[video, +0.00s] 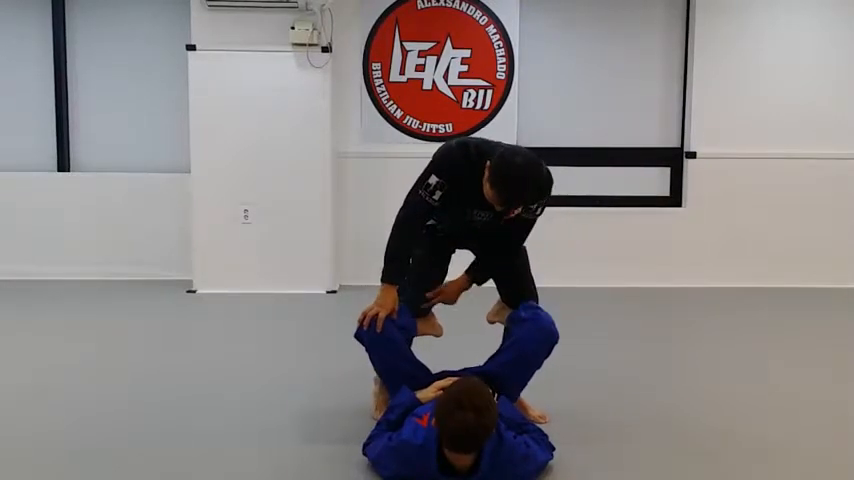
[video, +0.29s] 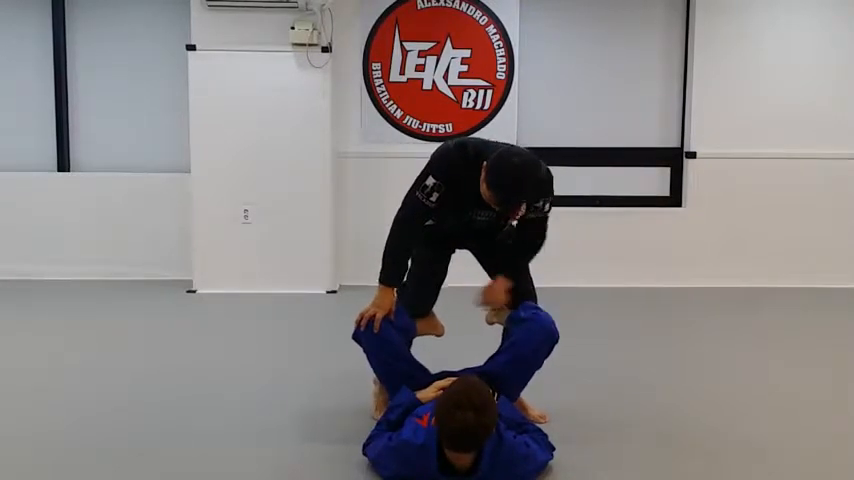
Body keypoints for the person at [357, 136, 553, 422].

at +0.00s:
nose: (498, 211)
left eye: (506, 208)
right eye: (494, 202)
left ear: (527, 196)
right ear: (487, 174)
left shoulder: (538, 188)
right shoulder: (455, 157)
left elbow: (508, 243)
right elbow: (409, 218)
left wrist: (463, 283)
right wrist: (388, 289)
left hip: (494, 235)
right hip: (440, 228)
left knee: (525, 309)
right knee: (412, 306)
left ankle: (508, 391)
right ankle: (386, 379)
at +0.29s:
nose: (491, 207)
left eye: (500, 206)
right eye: (489, 200)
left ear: (524, 192)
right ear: (484, 174)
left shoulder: (539, 182)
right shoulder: (453, 158)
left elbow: (533, 238)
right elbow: (407, 220)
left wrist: (506, 280)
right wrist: (386, 289)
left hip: (490, 232)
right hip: (439, 229)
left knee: (525, 308)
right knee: (415, 307)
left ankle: (509, 392)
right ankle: (386, 378)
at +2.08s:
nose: (534, 217)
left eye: (543, 213)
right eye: (532, 208)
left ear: (557, 198)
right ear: (520, 178)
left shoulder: (549, 187)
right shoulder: (471, 169)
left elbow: (547, 244)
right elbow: (418, 225)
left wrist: (548, 301)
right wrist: (396, 296)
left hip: (490, 240)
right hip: (440, 237)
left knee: (529, 305)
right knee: (449, 325)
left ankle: (508, 395)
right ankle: (388, 376)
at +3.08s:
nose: (570, 204)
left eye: (580, 200)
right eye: (570, 193)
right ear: (557, 165)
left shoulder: (583, 181)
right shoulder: (506, 158)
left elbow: (577, 237)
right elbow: (451, 214)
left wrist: (566, 302)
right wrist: (420, 280)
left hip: (517, 230)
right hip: (468, 221)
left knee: (535, 312)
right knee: (468, 302)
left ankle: (508, 397)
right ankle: (399, 342)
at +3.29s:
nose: (576, 196)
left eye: (585, 192)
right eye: (575, 185)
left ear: (596, 187)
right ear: (564, 157)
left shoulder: (589, 180)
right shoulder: (515, 155)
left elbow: (582, 231)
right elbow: (459, 212)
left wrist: (573, 290)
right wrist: (427, 281)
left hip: (523, 232)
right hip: (475, 220)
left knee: (536, 315)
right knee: (489, 293)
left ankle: (508, 398)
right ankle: (416, 305)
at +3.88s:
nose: (581, 186)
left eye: (589, 181)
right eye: (580, 175)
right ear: (568, 147)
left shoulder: (583, 171)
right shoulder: (517, 154)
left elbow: (576, 220)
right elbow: (464, 212)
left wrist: (557, 273)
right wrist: (433, 282)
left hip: (522, 237)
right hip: (478, 230)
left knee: (542, 311)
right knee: (519, 305)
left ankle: (508, 396)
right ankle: (458, 320)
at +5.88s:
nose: (582, 163)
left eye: (591, 159)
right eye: (582, 152)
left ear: (601, 155)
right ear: (567, 127)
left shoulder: (577, 163)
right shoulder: (513, 141)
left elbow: (576, 214)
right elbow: (461, 197)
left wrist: (575, 270)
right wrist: (438, 269)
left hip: (517, 240)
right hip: (473, 234)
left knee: (542, 314)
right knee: (511, 299)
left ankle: (505, 395)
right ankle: (435, 282)